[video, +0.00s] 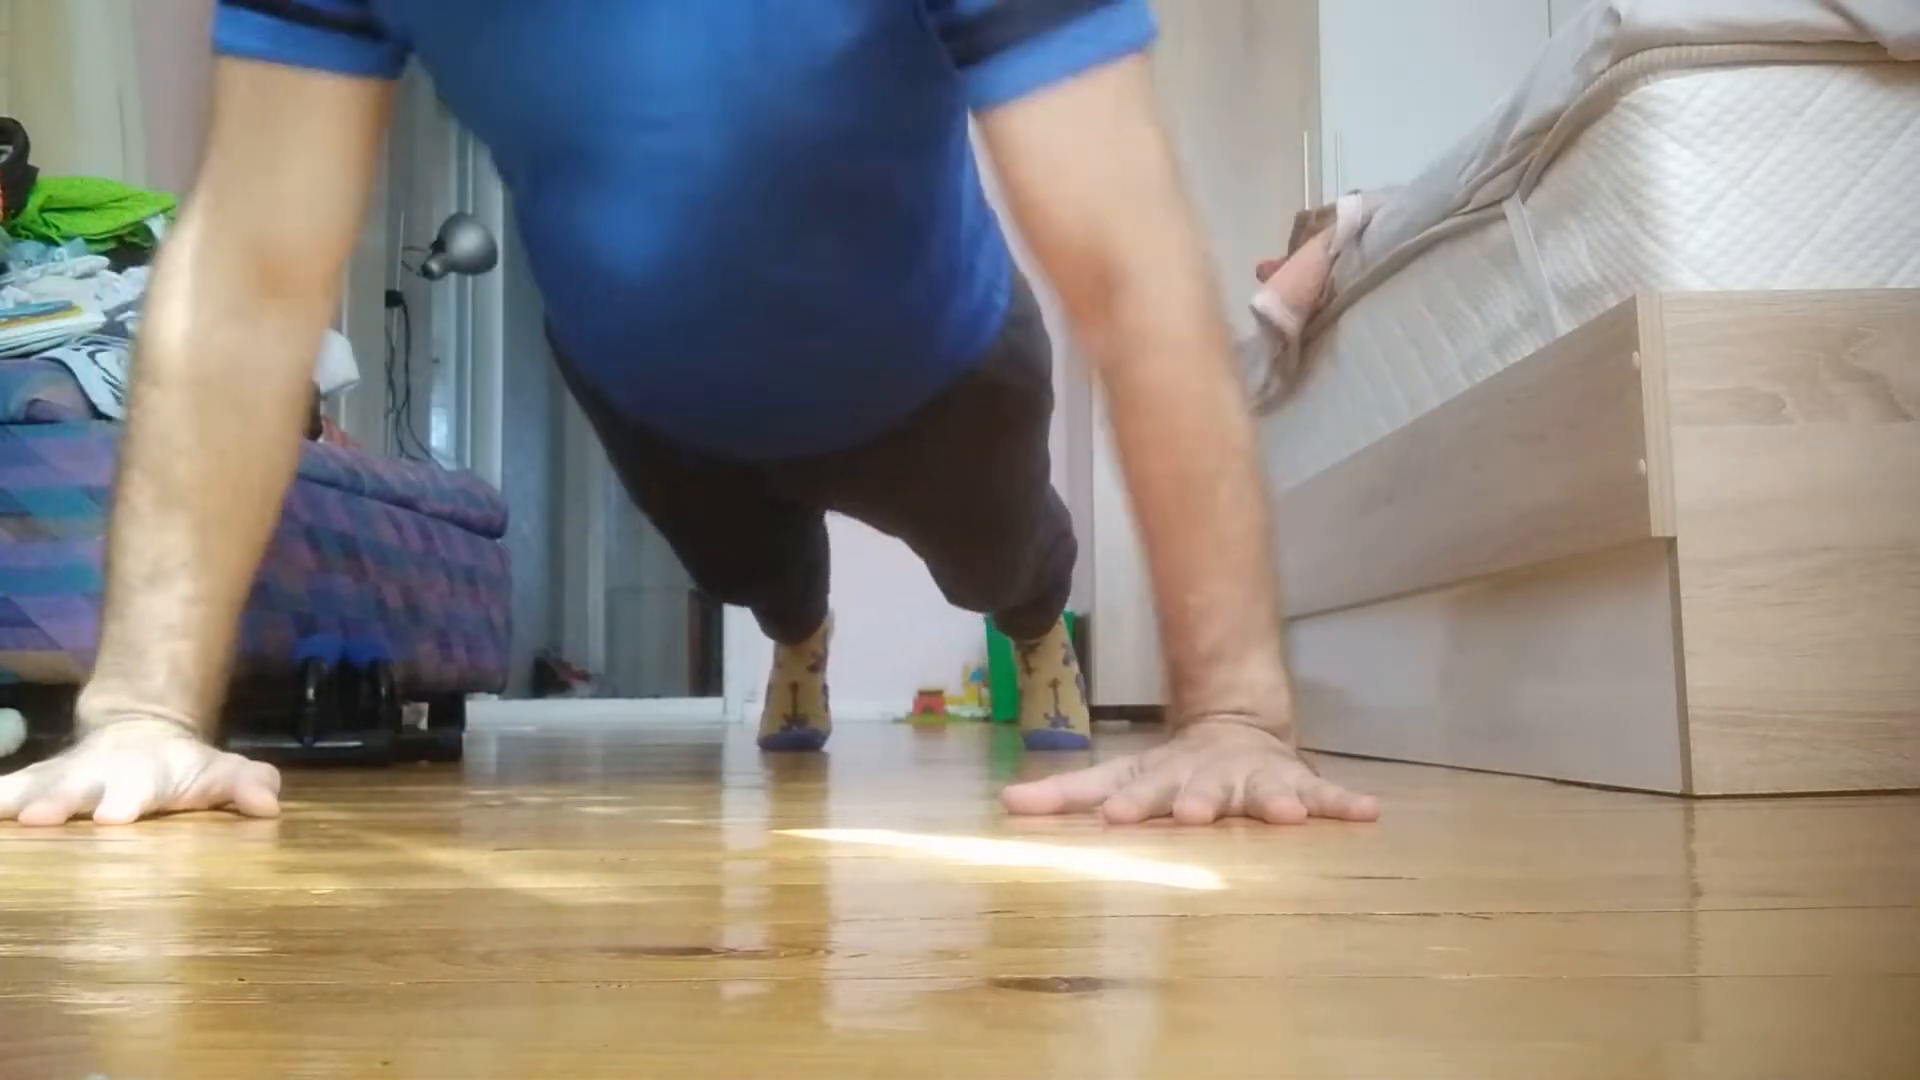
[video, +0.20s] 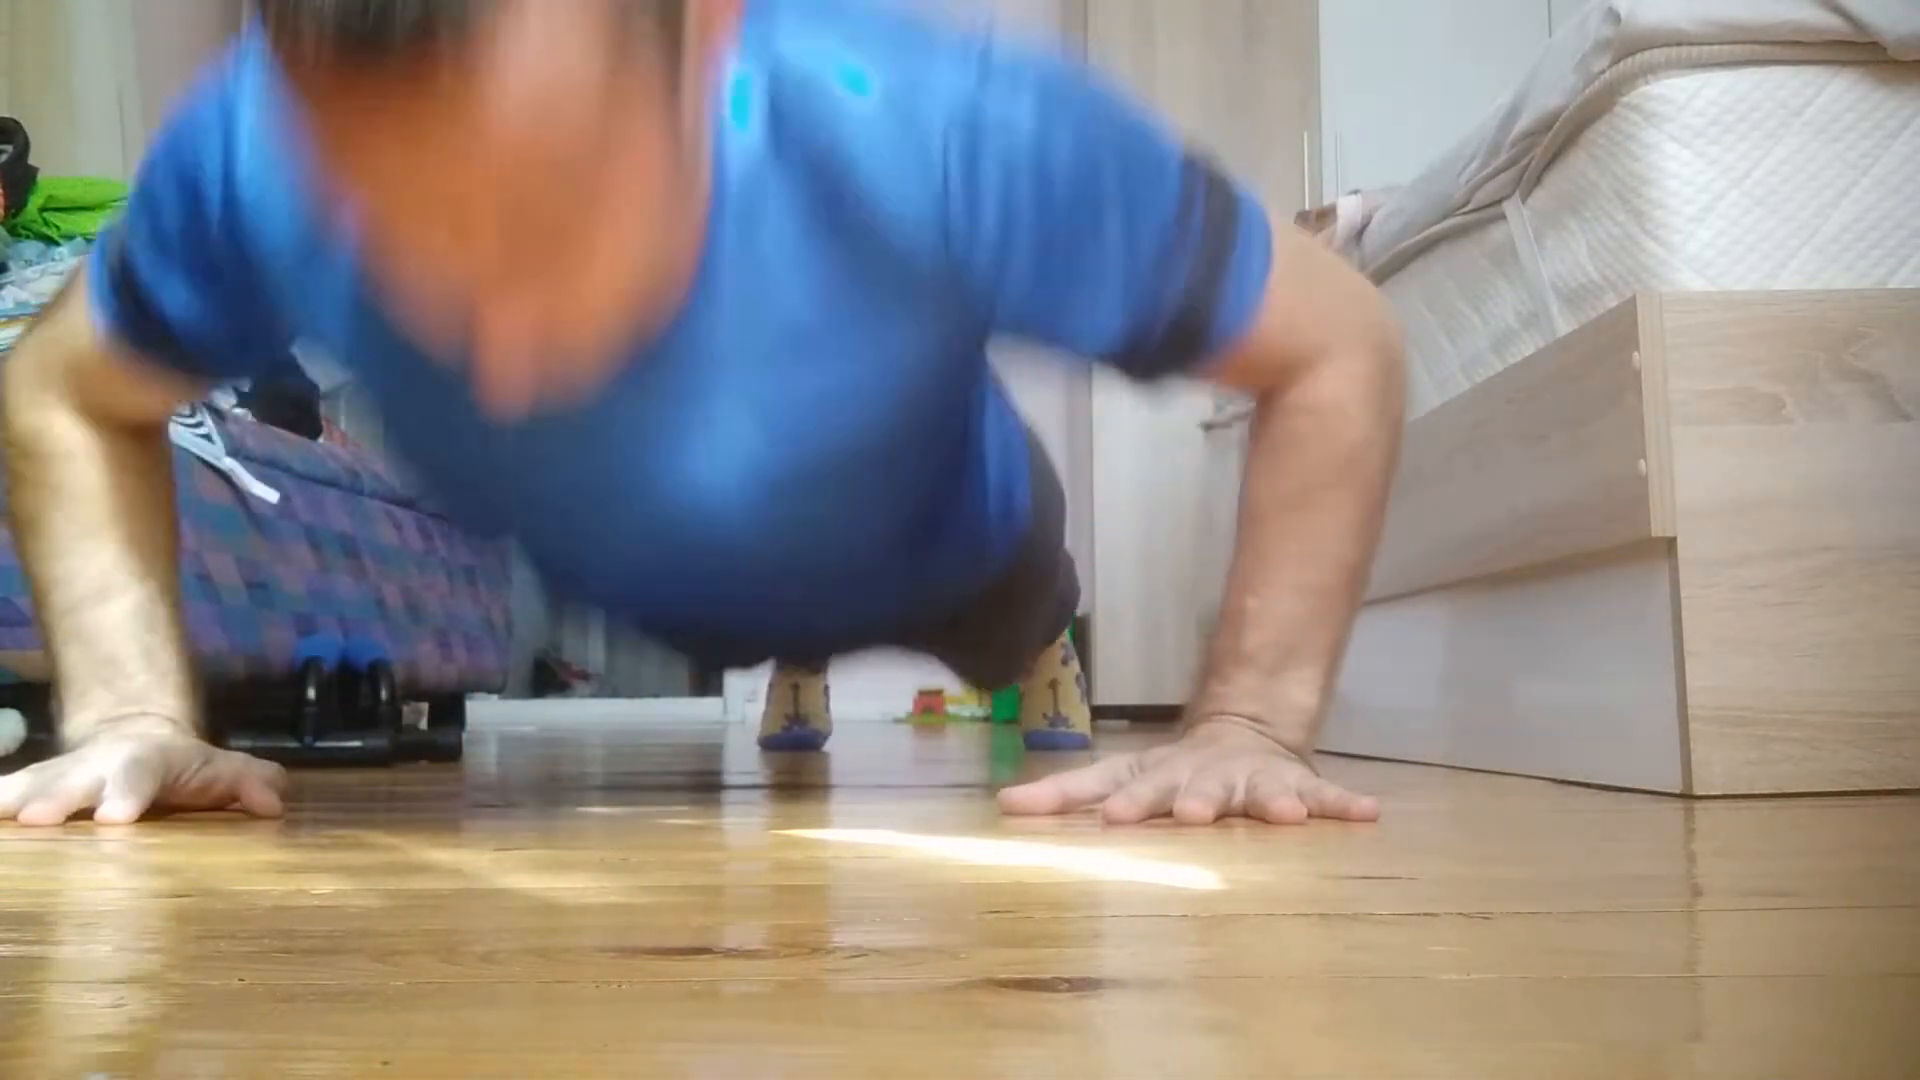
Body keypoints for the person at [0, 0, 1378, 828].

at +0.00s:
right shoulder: (353, 7)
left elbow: (1133, 264)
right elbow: (250, 272)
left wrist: (1238, 704)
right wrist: (145, 710)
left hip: (922, 377)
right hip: (655, 410)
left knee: (1003, 559)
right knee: (755, 564)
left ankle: (1015, 609)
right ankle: (793, 629)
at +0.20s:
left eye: (549, 230)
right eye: (433, 252)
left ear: (698, 58)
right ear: (327, 145)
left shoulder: (917, 133)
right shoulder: (255, 162)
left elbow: (1337, 344)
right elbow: (74, 397)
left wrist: (1244, 717)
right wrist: (138, 714)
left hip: (944, 566)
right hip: (674, 609)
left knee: (1006, 646)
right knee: (768, 647)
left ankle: (1009, 673)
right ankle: (786, 676)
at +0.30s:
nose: (476, 664)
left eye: (535, 571)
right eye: (399, 598)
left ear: (692, 348)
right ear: (287, 451)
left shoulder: (921, 367)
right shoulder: (229, 357)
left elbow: (1348, 354)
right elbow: (51, 398)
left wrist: (1247, 718)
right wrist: (132, 717)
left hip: (958, 678)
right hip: (640, 716)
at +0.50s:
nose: (488, 647)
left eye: (551, 560)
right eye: (405, 579)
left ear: (717, 371)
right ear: (316, 455)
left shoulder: (957, 384)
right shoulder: (241, 370)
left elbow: (1384, 356)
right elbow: (31, 387)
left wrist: (1257, 720)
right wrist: (127, 713)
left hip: (937, 625)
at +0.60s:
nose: (504, 425)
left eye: (561, 337)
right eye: (434, 352)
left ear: (732, 176)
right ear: (340, 247)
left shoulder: (960, 241)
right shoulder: (256, 255)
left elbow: (1398, 356)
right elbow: (21, 397)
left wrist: (1257, 721)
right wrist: (129, 715)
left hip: (951, 528)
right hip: (704, 554)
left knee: (1010, 607)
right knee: (782, 608)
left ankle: (1034, 639)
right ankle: (805, 659)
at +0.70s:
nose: (527, 181)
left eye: (581, 90)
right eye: (461, 111)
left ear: (706, 6)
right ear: (385, 57)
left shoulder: (950, 73)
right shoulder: (298, 103)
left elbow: (1349, 338)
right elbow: (62, 371)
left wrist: (1254, 718)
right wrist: (134, 719)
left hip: (941, 455)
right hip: (693, 495)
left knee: (1012, 585)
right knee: (781, 595)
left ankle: (1021, 636)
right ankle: (810, 654)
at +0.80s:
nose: (599, 11)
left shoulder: (966, 7)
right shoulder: (318, 16)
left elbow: (1258, 288)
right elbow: (147, 326)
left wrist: (1246, 718)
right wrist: (142, 719)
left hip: (935, 383)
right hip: (683, 429)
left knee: (1008, 557)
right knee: (781, 564)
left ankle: (1018, 615)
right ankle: (814, 634)